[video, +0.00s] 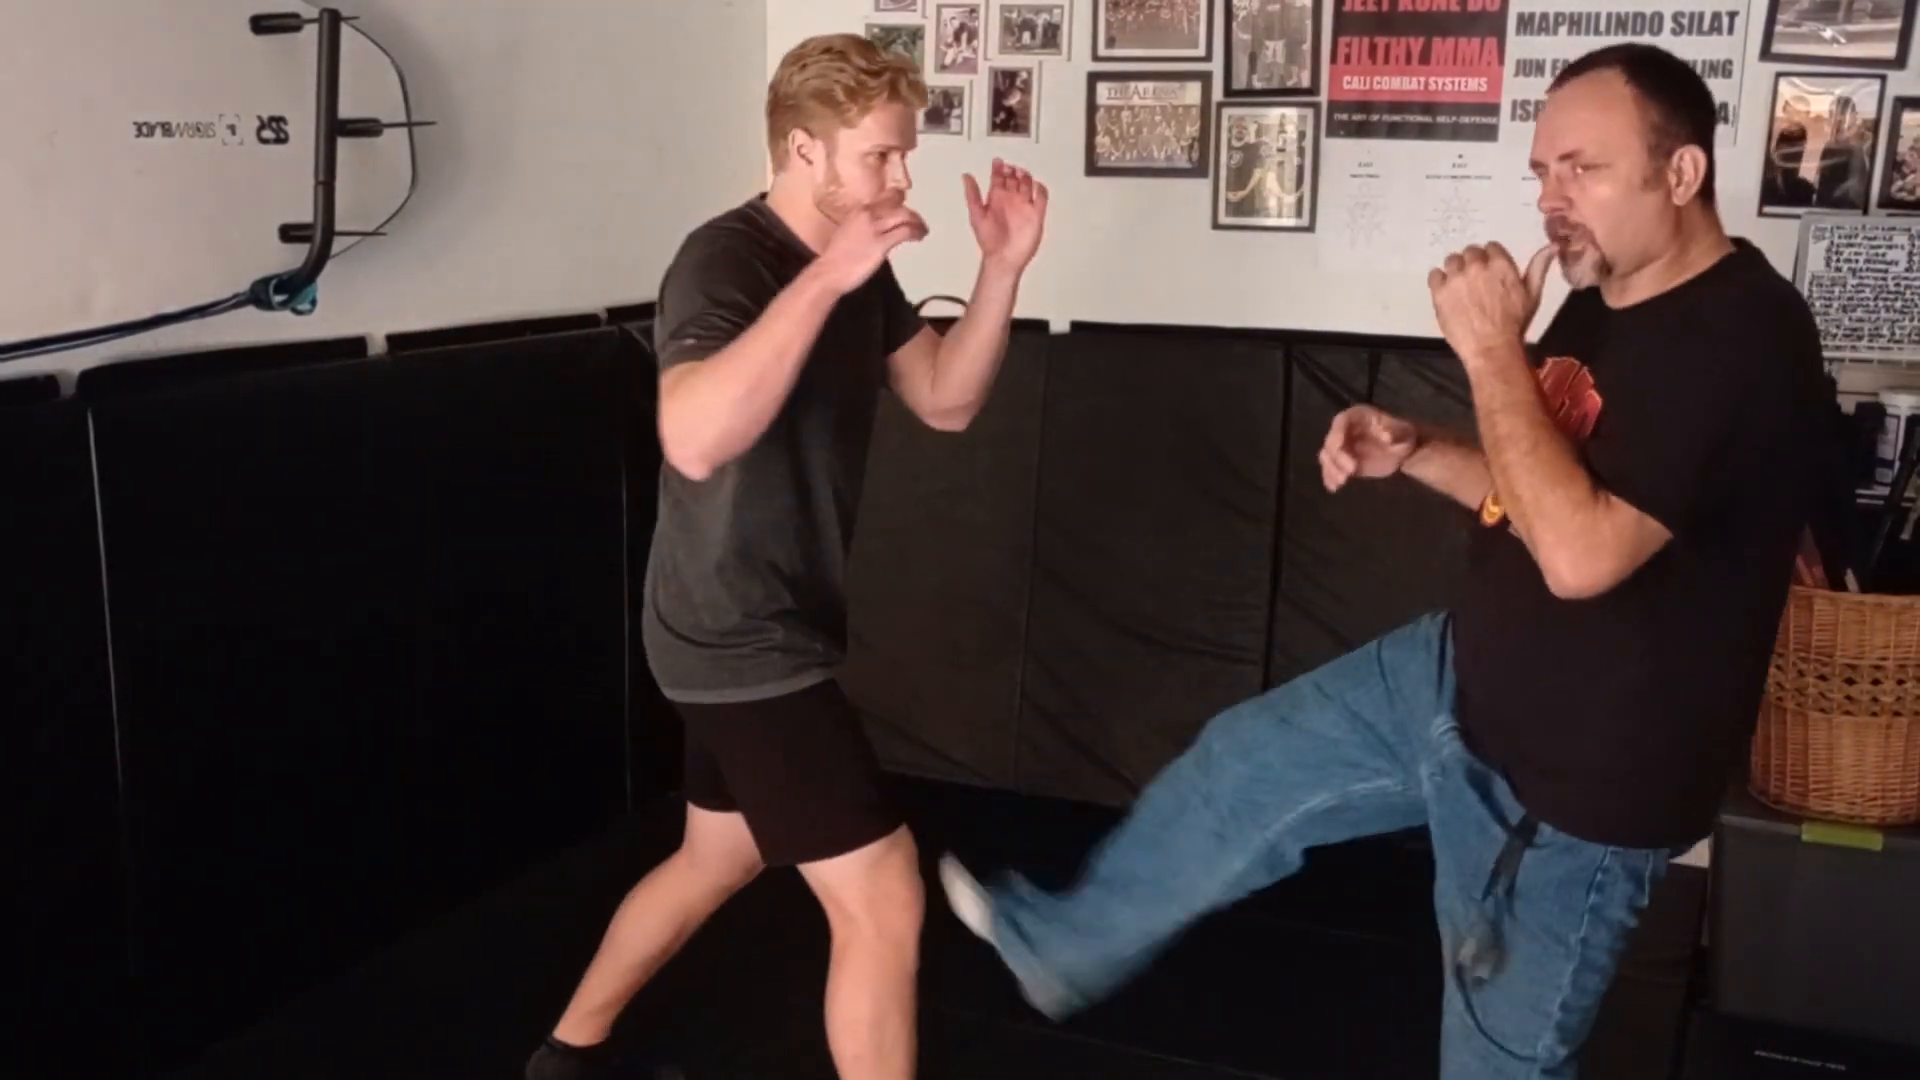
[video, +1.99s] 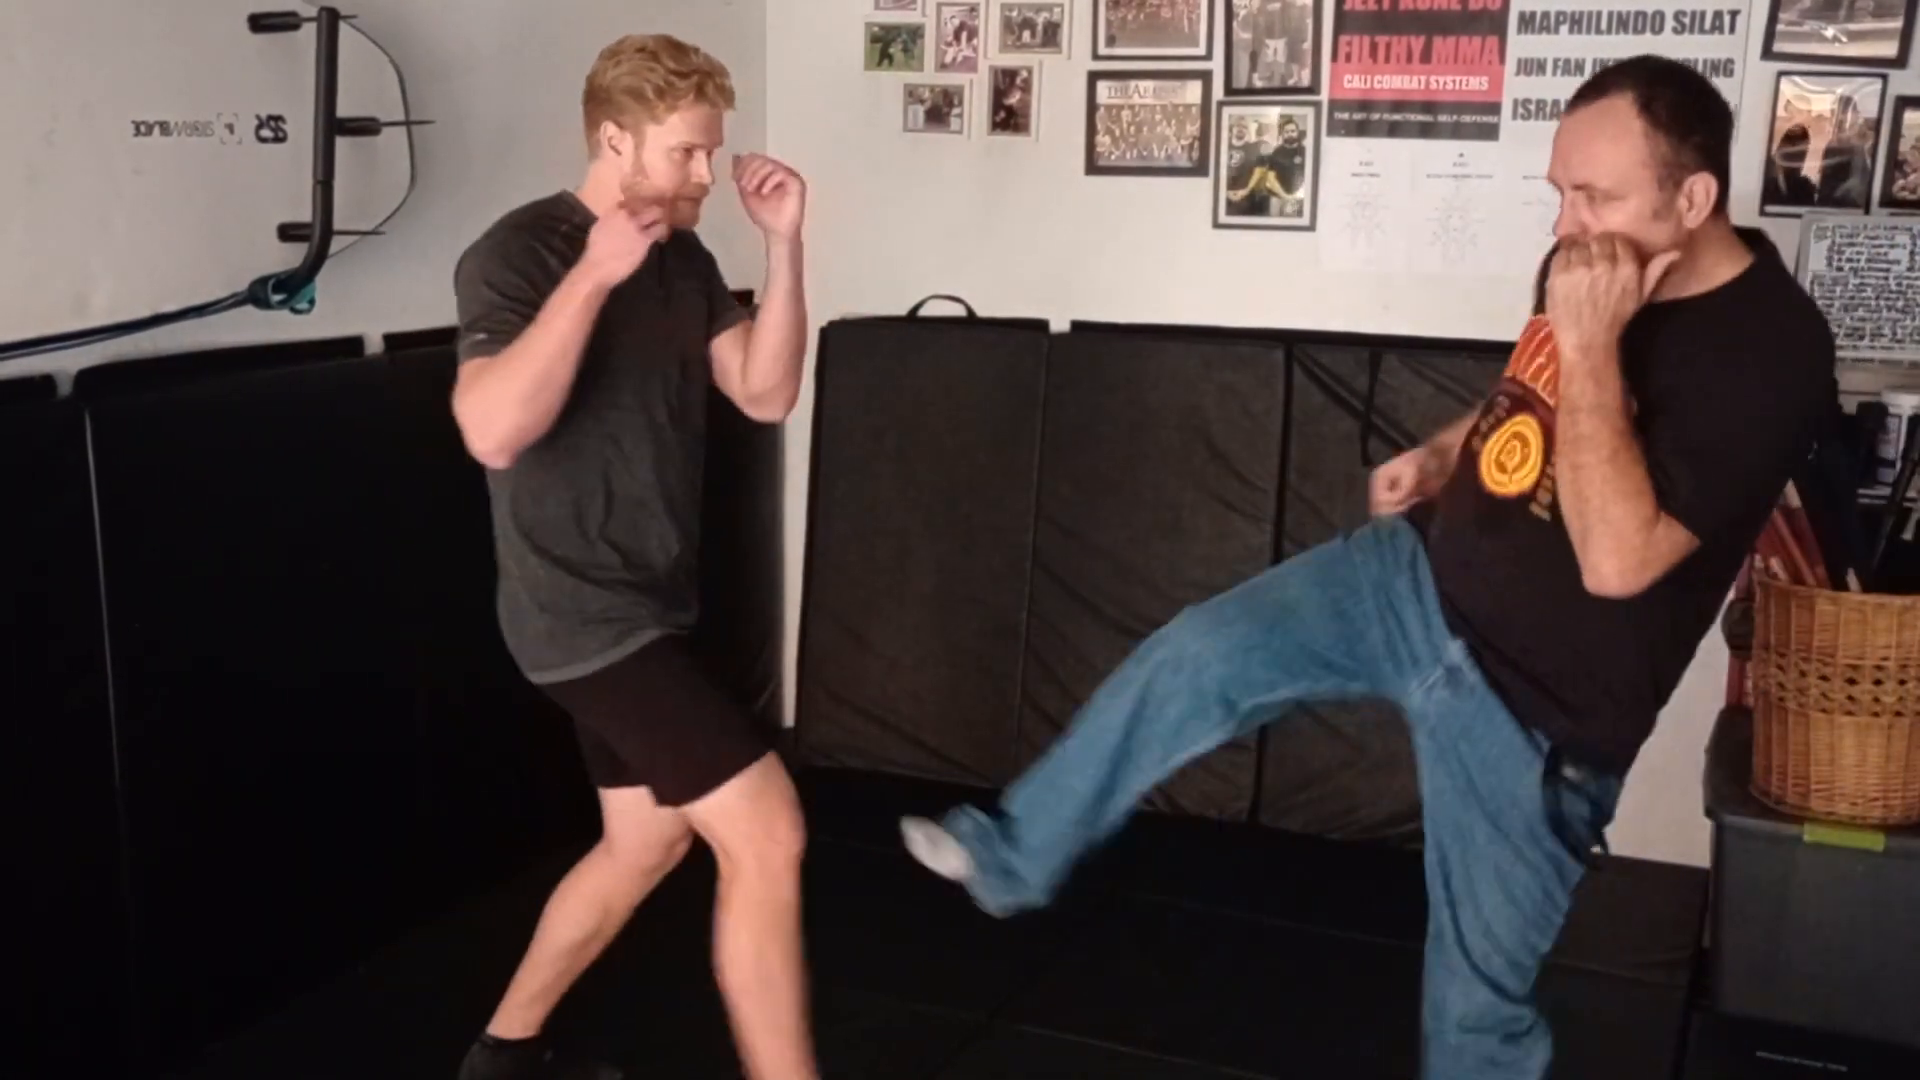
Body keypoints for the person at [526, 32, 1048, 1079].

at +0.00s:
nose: (900, 183)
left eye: (905, 156)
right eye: (880, 159)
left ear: (906, 147)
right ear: (803, 154)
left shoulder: (852, 262)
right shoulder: (723, 262)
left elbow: (945, 400)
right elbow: (695, 439)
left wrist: (999, 269)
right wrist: (824, 278)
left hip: (779, 627)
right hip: (734, 640)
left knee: (716, 858)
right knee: (880, 899)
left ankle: (568, 1046)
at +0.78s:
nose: (825, 201)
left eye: (827, 176)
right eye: (810, 177)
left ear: (743, 168)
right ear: (733, 167)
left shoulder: (745, 277)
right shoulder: (641, 289)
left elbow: (781, 412)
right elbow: (644, 492)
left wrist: (902, 340)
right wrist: (804, 414)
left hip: (740, 636)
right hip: (678, 653)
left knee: (716, 853)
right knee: (804, 900)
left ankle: (552, 1015)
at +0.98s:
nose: (741, 180)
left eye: (745, 156)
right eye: (721, 157)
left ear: (703, 158)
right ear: (647, 154)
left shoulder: (711, 264)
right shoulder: (552, 271)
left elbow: (793, 381)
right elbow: (537, 452)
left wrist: (853, 259)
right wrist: (664, 351)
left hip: (688, 607)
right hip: (585, 616)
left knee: (662, 837)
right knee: (725, 836)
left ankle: (540, 1035)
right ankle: (746, 1077)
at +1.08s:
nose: (730, 136)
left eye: (733, 113)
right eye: (710, 115)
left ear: (690, 115)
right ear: (635, 112)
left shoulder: (694, 225)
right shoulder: (542, 217)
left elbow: (782, 341)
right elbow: (527, 394)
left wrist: (836, 216)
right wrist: (652, 273)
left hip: (639, 565)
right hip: (549, 572)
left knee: (607, 804)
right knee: (672, 806)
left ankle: (538, 1023)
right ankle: (613, 1068)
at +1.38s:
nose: (684, 176)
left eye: (689, 152)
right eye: (664, 152)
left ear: (685, 145)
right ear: (590, 141)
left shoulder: (653, 256)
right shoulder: (489, 244)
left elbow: (702, 398)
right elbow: (472, 422)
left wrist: (768, 338)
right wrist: (600, 295)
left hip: (579, 593)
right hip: (489, 597)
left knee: (504, 816)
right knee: (569, 845)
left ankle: (419, 988)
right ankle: (480, 1072)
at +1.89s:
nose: (695, 163)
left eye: (702, 140)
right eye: (677, 139)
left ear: (627, 133)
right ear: (601, 127)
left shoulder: (664, 245)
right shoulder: (502, 237)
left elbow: (748, 364)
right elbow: (451, 416)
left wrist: (791, 232)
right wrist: (568, 276)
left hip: (627, 591)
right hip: (543, 599)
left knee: (613, 842)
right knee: (703, 832)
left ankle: (499, 1048)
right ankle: (575, 1057)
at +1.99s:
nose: (706, 174)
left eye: (714, 152)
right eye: (688, 151)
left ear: (711, 148)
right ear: (613, 140)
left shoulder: (681, 258)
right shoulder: (516, 256)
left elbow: (766, 393)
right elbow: (490, 429)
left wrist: (783, 244)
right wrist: (593, 275)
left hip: (661, 603)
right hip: (580, 619)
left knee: (644, 842)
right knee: (764, 829)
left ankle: (504, 1047)